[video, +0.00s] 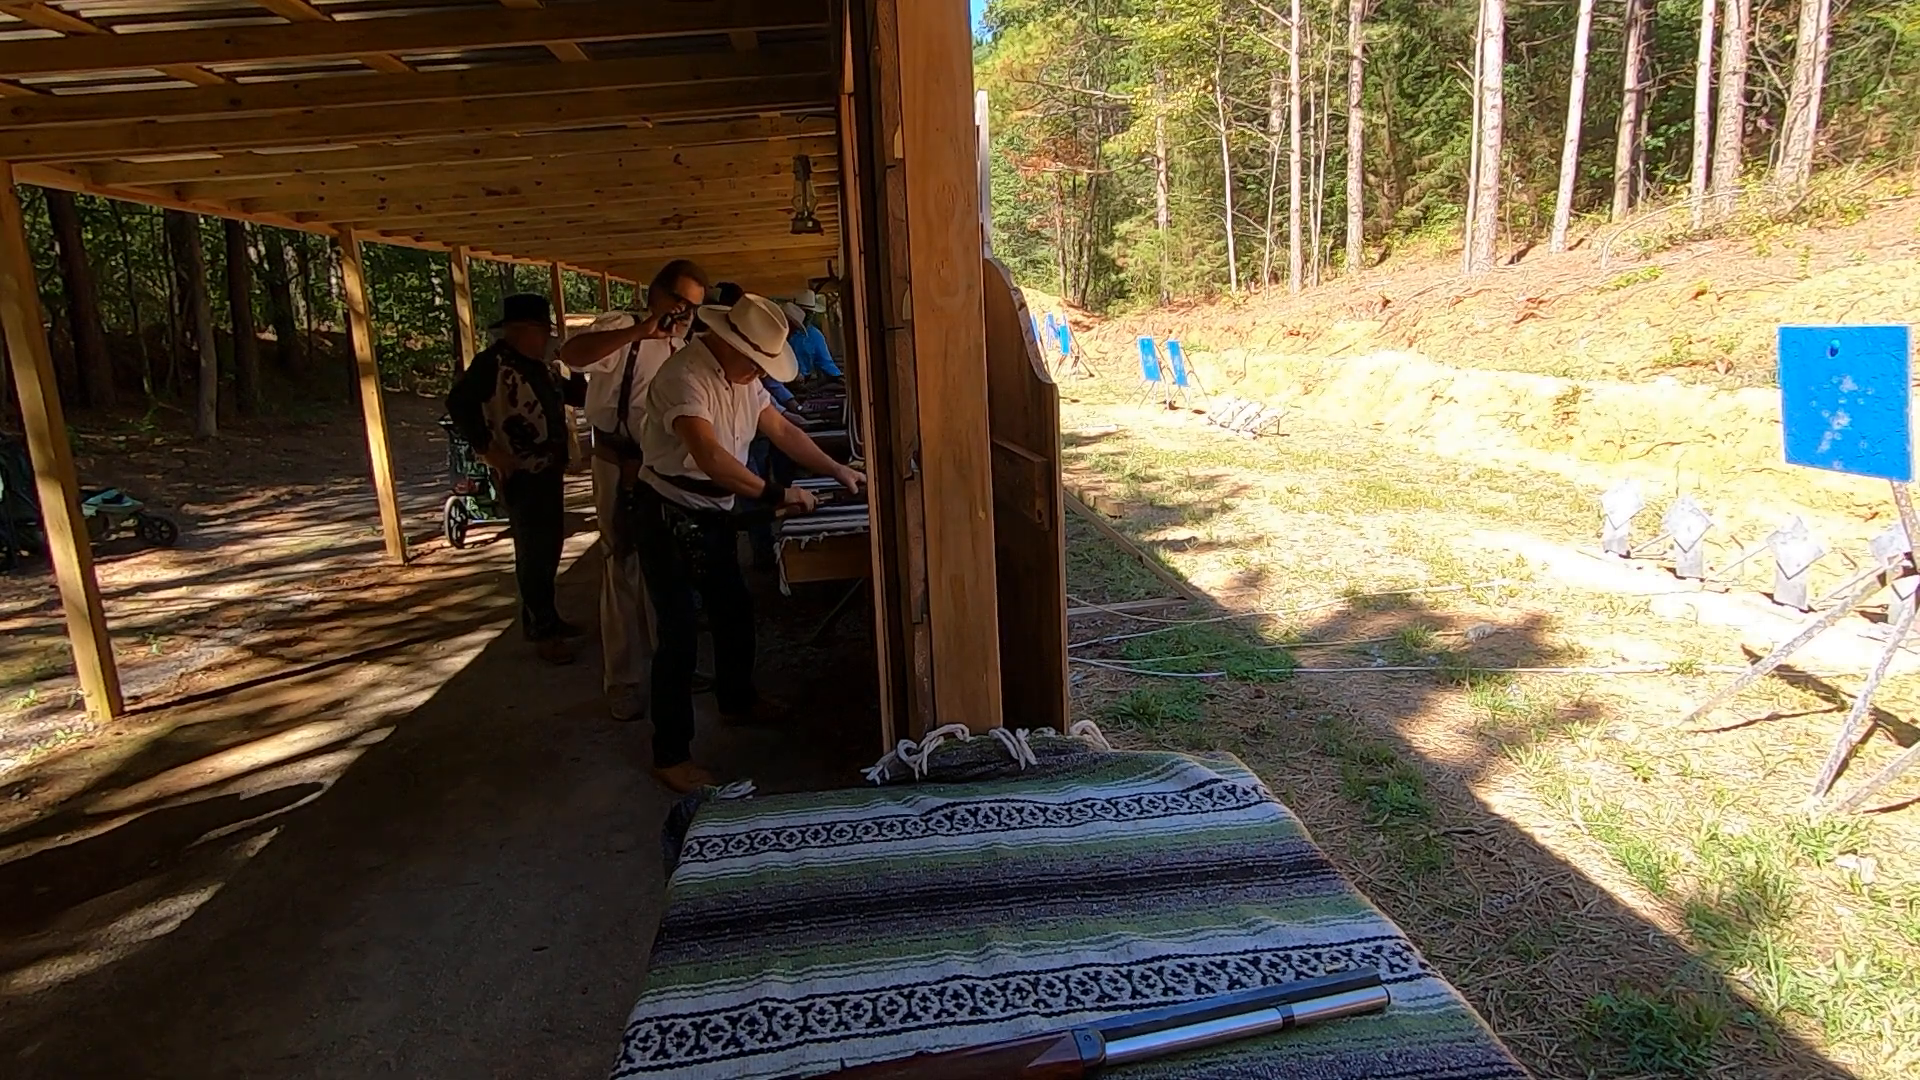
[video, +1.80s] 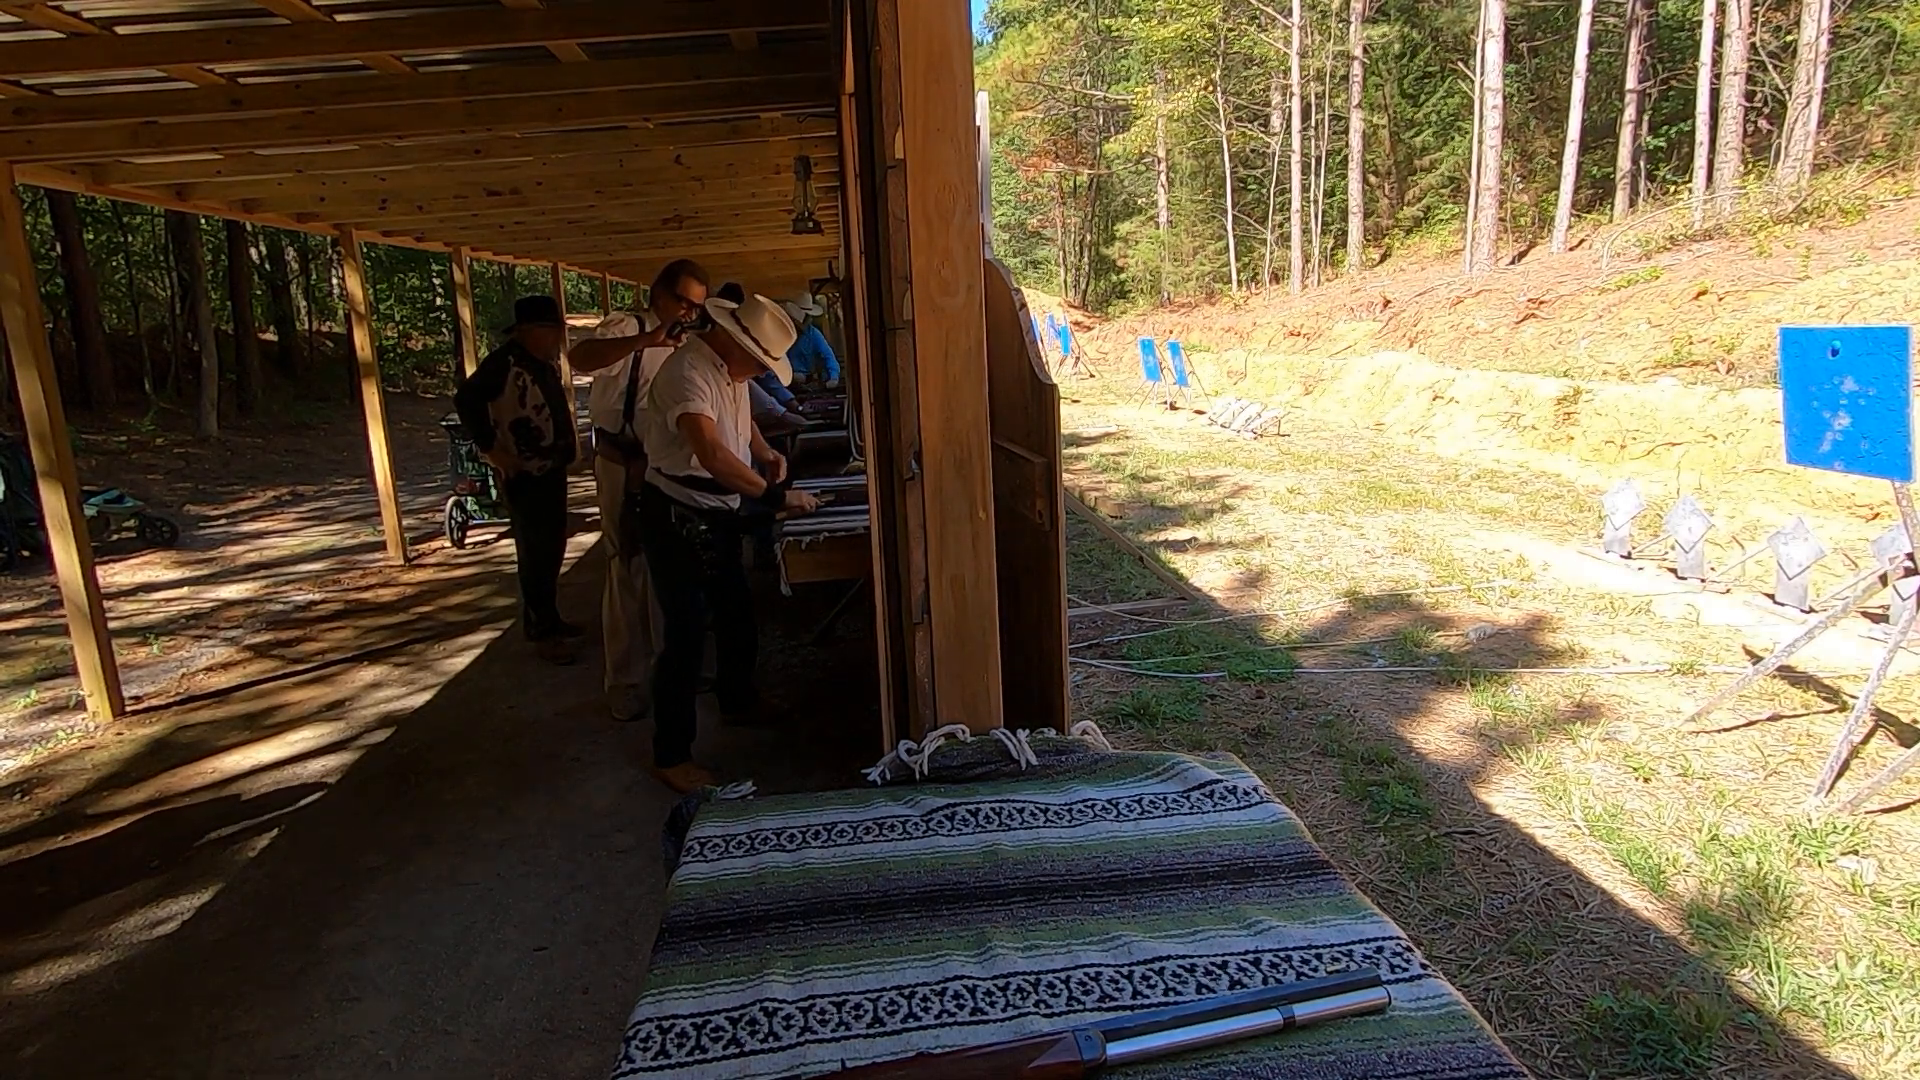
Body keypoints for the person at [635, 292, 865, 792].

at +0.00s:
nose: (759, 372)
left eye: (763, 366)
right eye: (754, 362)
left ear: (757, 358)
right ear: (728, 345)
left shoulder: (746, 379)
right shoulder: (684, 375)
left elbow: (781, 430)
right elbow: (705, 454)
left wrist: (837, 467)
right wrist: (773, 492)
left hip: (715, 514)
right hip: (665, 515)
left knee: (734, 613)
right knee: (679, 632)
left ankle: (738, 703)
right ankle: (670, 758)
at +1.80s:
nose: (758, 373)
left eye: (762, 366)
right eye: (757, 364)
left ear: (744, 346)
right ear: (734, 344)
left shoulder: (731, 370)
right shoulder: (687, 372)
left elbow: (743, 425)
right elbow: (709, 453)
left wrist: (765, 453)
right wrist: (775, 495)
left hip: (721, 512)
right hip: (676, 514)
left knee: (736, 615)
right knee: (685, 634)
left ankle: (740, 706)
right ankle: (671, 756)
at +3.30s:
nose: (757, 365)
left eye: (759, 357)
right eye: (754, 355)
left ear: (725, 346)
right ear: (726, 346)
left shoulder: (722, 378)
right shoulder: (682, 380)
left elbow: (732, 448)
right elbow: (703, 465)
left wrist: (764, 478)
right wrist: (777, 496)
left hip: (718, 518)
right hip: (675, 522)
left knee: (739, 616)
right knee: (686, 637)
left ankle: (740, 707)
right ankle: (672, 756)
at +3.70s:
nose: (752, 372)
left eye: (755, 365)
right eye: (750, 363)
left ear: (725, 348)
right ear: (724, 348)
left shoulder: (718, 377)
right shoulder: (681, 377)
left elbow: (722, 444)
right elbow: (707, 459)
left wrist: (749, 466)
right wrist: (778, 495)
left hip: (716, 516)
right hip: (673, 520)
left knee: (739, 615)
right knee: (689, 636)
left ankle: (739, 708)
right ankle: (672, 757)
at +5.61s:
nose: (758, 374)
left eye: (762, 366)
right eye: (756, 364)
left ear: (728, 349)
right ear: (729, 348)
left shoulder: (721, 378)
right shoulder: (685, 378)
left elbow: (731, 450)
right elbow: (709, 460)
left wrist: (764, 482)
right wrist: (779, 496)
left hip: (717, 516)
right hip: (673, 520)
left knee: (743, 610)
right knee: (689, 635)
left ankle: (739, 704)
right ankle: (673, 757)